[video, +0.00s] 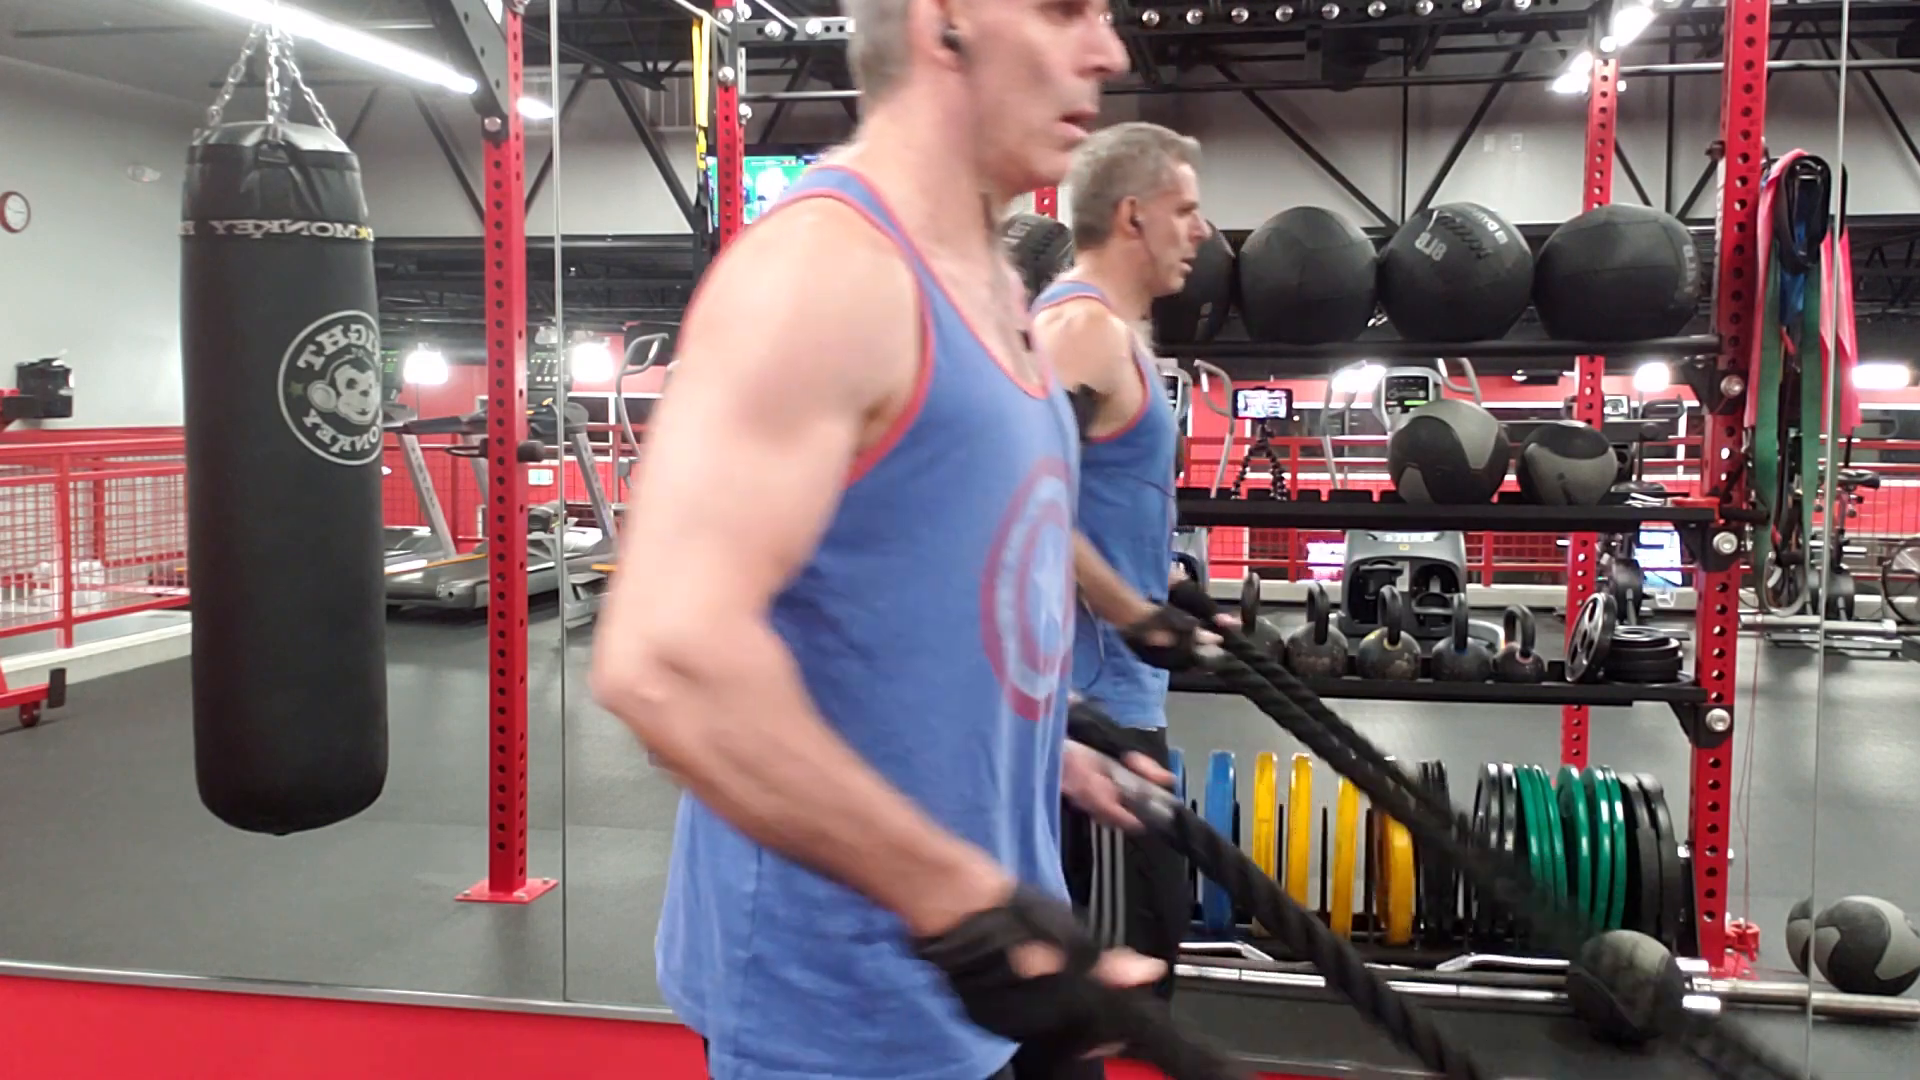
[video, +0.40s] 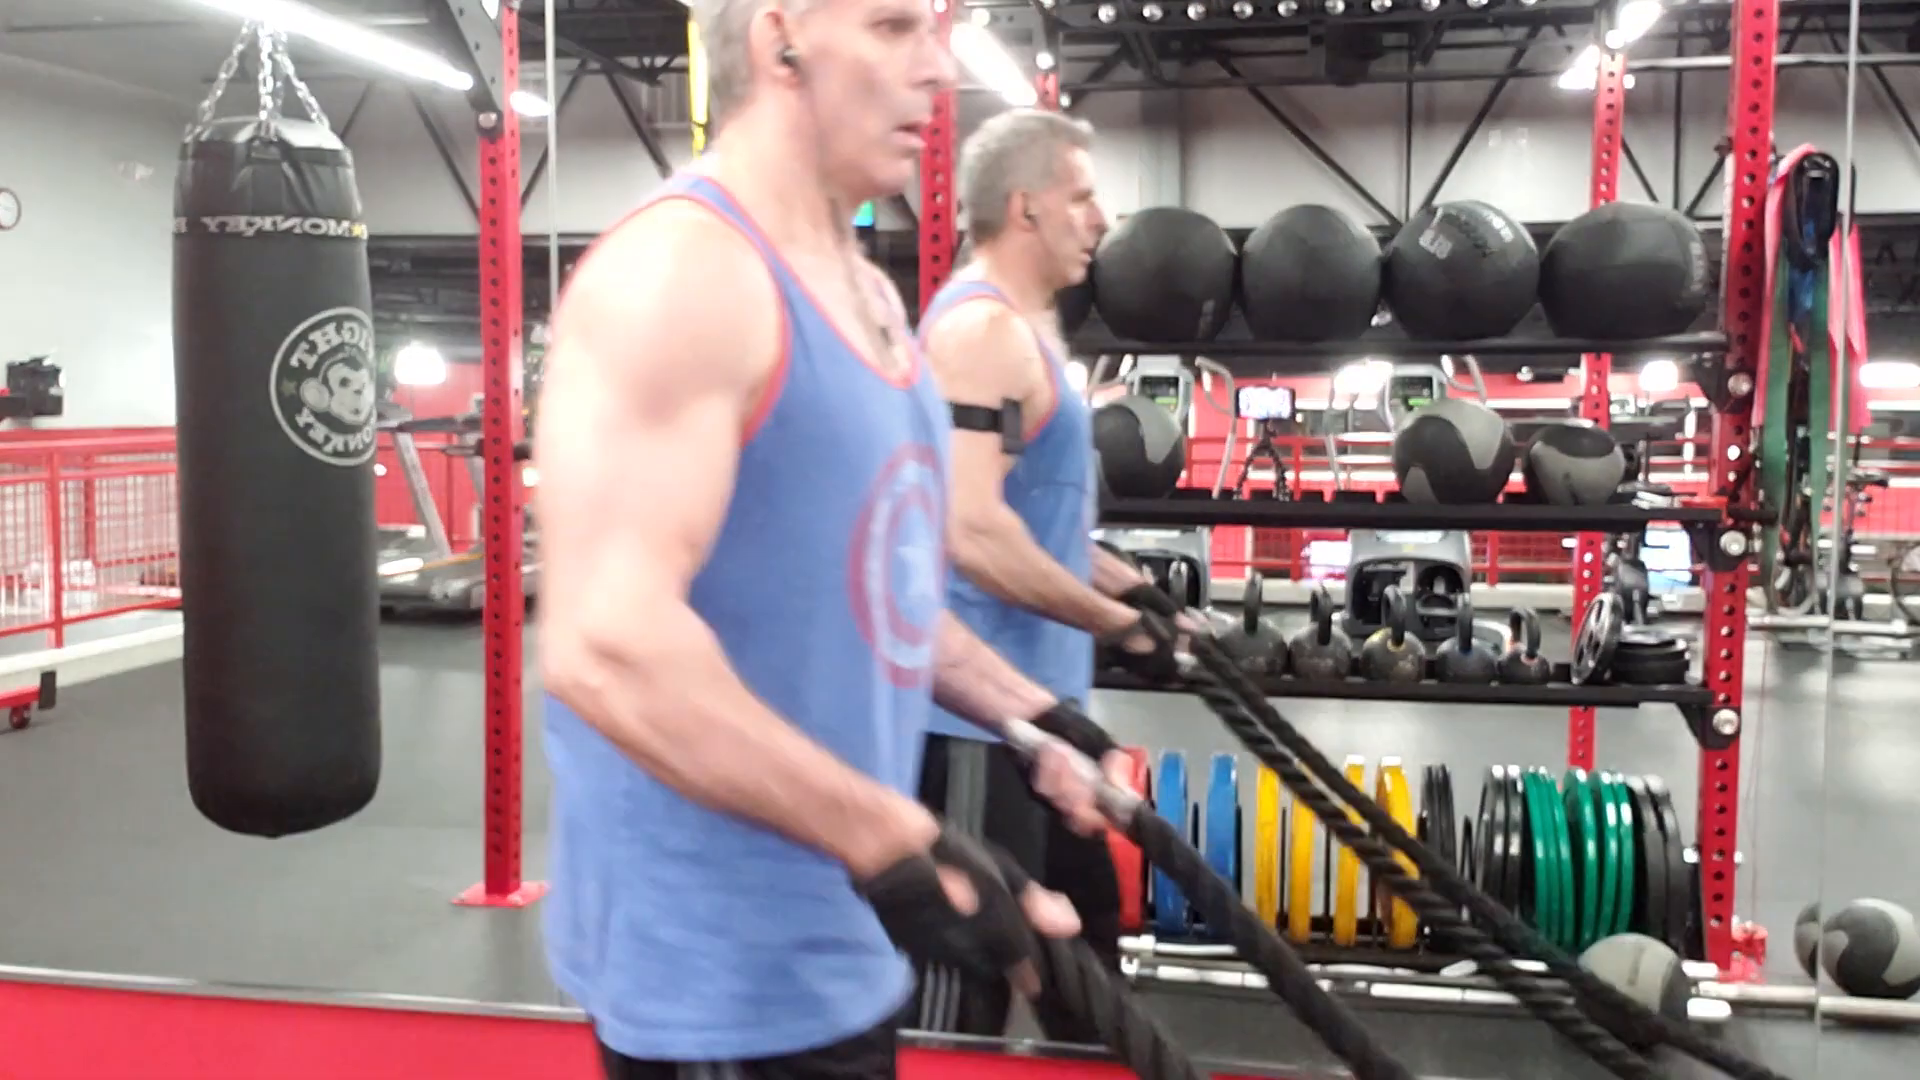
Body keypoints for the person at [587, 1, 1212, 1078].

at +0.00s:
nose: (1110, 53)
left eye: (1101, 16)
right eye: (1065, 10)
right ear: (940, 25)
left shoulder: (987, 285)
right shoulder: (817, 270)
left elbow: (891, 629)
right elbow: (668, 652)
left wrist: (1047, 752)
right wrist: (967, 906)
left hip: (975, 986)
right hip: (842, 1009)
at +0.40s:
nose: (941, 73)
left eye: (940, 35)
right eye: (899, 27)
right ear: (782, 36)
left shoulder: (863, 289)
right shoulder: (673, 273)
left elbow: (872, 585)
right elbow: (604, 641)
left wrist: (1034, 724)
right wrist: (897, 848)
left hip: (834, 949)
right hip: (722, 984)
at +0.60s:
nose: (898, 79)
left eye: (896, 45)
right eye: (857, 37)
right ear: (747, 46)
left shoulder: (817, 274)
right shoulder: (641, 249)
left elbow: (736, 571)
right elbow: (459, 576)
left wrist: (865, 709)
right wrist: (707, 827)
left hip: (790, 916)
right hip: (659, 953)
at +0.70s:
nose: (865, 79)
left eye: (861, 43)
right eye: (823, 37)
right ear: (713, 46)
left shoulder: (789, 282)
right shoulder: (605, 254)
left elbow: (732, 578)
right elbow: (448, 586)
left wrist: (851, 721)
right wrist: (668, 855)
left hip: (753, 926)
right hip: (628, 954)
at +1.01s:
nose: (769, 71)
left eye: (766, 38)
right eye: (723, 29)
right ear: (606, 40)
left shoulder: (734, 283)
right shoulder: (505, 266)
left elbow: (766, 567)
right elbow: (441, 633)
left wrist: (923, 706)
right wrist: (739, 841)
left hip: (736, 915)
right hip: (564, 951)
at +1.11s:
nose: (757, 86)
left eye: (756, 49)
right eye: (711, 42)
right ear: (593, 45)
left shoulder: (717, 287)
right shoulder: (480, 276)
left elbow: (743, 572)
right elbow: (400, 650)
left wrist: (887, 731)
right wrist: (673, 902)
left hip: (717, 946)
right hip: (529, 988)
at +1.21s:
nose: (755, 107)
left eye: (757, 70)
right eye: (712, 62)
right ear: (592, 57)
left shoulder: (702, 288)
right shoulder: (460, 280)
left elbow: (719, 579)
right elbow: (383, 659)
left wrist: (876, 734)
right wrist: (651, 908)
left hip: (724, 934)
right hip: (516, 991)